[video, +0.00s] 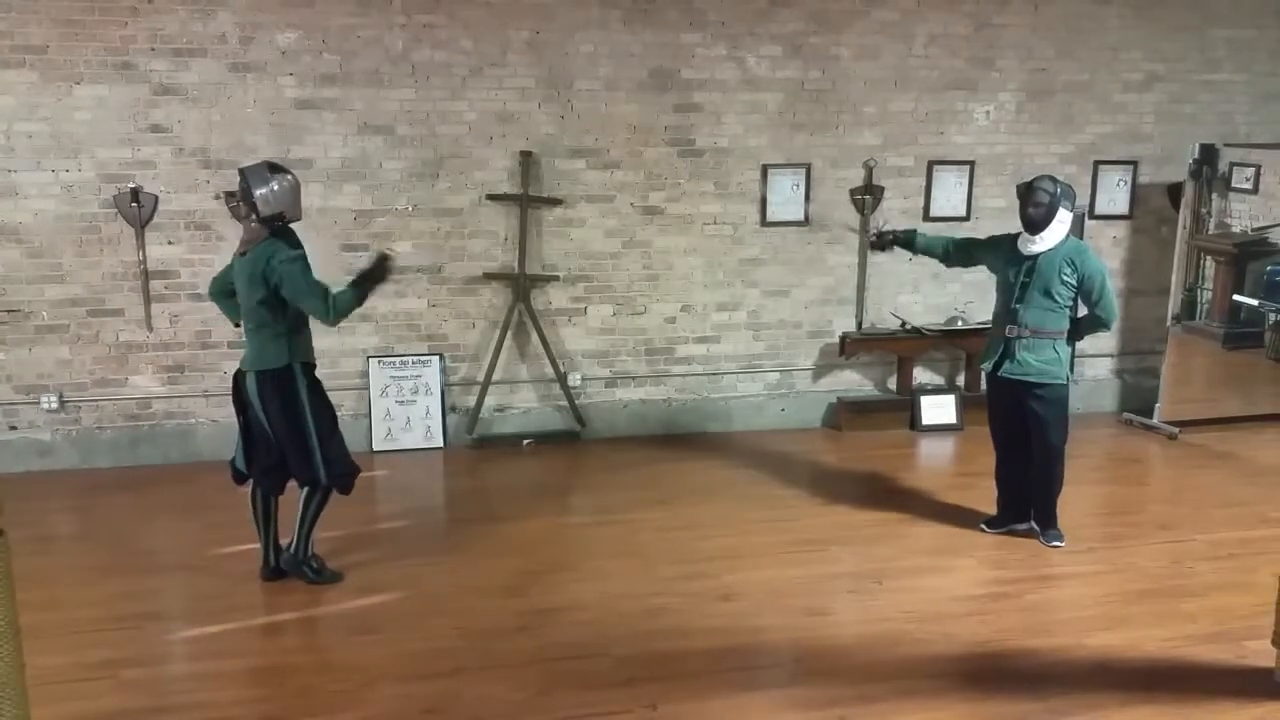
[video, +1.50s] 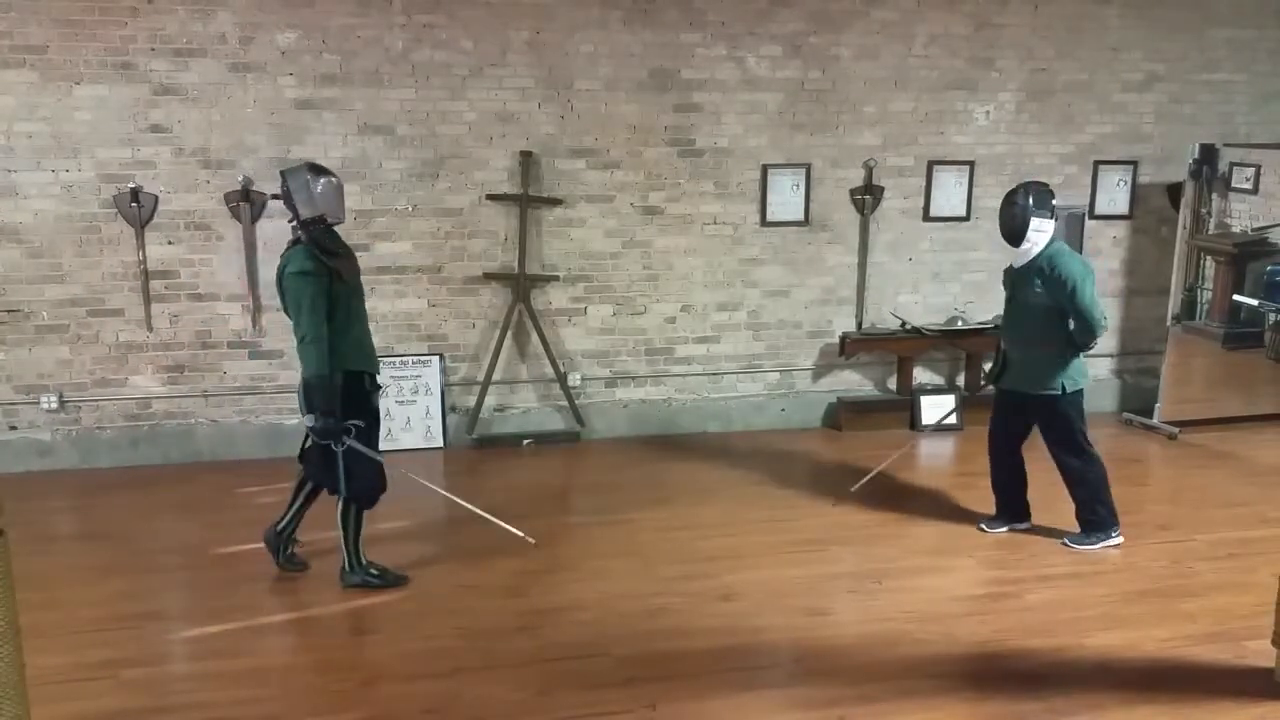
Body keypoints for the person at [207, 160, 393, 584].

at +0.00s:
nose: (296, 201)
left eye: (293, 194)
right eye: (290, 195)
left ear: (252, 207)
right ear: (281, 202)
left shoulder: (248, 251)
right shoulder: (282, 253)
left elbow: (219, 288)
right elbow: (328, 309)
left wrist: (249, 320)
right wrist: (367, 280)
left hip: (253, 377)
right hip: (287, 376)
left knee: (267, 469)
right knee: (330, 467)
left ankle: (270, 556)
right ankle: (300, 552)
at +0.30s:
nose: (237, 217)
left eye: (243, 209)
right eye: (239, 208)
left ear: (260, 214)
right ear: (285, 210)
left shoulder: (256, 257)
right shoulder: (285, 259)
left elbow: (228, 288)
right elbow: (322, 320)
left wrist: (259, 323)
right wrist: (331, 276)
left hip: (257, 376)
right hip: (291, 377)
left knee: (267, 468)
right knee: (330, 468)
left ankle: (271, 556)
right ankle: (301, 551)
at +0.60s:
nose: (304, 205)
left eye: (301, 197)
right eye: (298, 199)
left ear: (259, 214)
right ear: (288, 208)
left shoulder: (257, 260)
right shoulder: (288, 263)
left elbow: (236, 291)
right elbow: (312, 330)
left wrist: (269, 327)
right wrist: (351, 298)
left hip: (258, 379)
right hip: (293, 380)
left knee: (270, 469)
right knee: (336, 468)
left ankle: (271, 557)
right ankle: (317, 555)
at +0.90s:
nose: (317, 202)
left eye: (312, 195)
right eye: (310, 196)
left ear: (275, 206)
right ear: (299, 203)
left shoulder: (277, 256)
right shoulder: (295, 263)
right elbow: (310, 339)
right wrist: (354, 389)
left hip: (282, 378)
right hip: (304, 381)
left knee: (287, 469)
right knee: (335, 471)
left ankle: (272, 554)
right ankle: (354, 565)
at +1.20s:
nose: (327, 200)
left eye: (325, 192)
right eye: (320, 194)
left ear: (291, 202)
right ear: (305, 200)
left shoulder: (317, 247)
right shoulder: (301, 259)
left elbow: (327, 323)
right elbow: (311, 334)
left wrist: (354, 376)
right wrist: (318, 401)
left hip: (338, 376)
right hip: (332, 380)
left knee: (316, 460)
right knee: (355, 470)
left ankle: (280, 532)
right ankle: (354, 564)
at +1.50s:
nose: (336, 203)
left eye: (334, 194)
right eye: (327, 196)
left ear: (300, 202)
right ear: (311, 202)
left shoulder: (331, 249)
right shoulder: (304, 261)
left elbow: (347, 323)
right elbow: (311, 337)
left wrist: (366, 376)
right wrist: (321, 405)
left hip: (353, 378)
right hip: (335, 382)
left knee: (322, 461)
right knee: (357, 473)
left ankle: (282, 532)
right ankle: (355, 565)